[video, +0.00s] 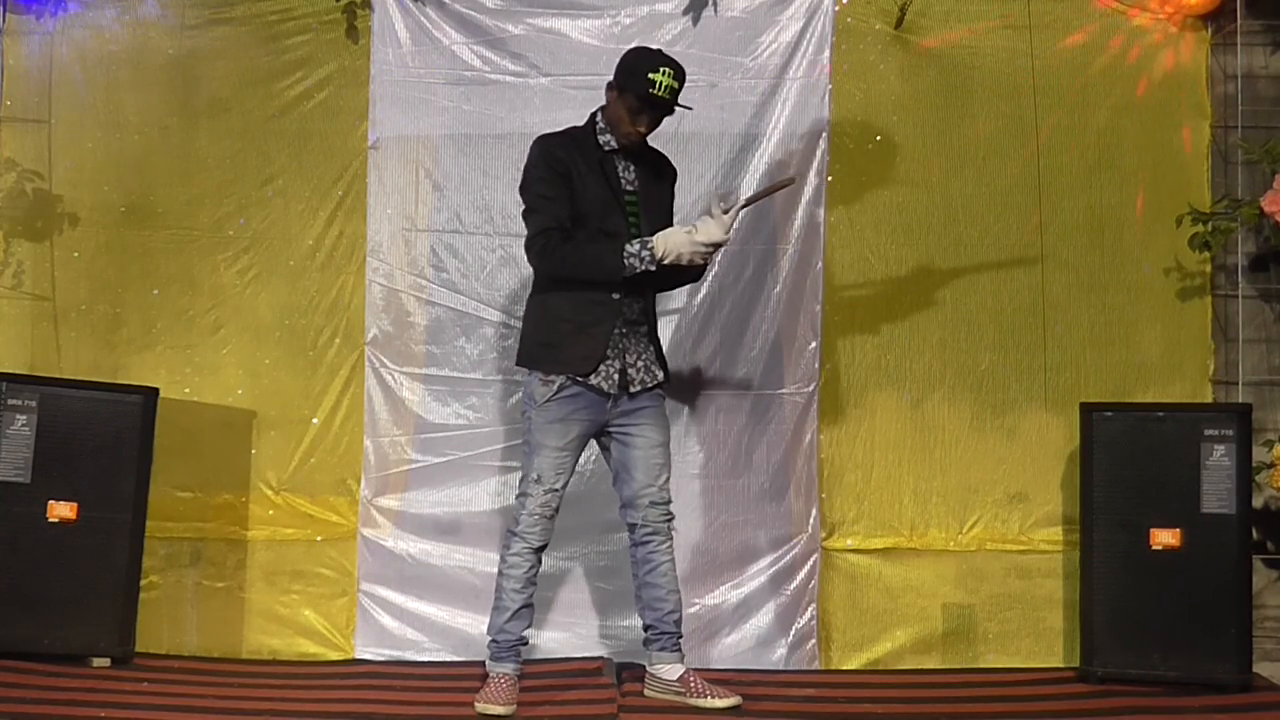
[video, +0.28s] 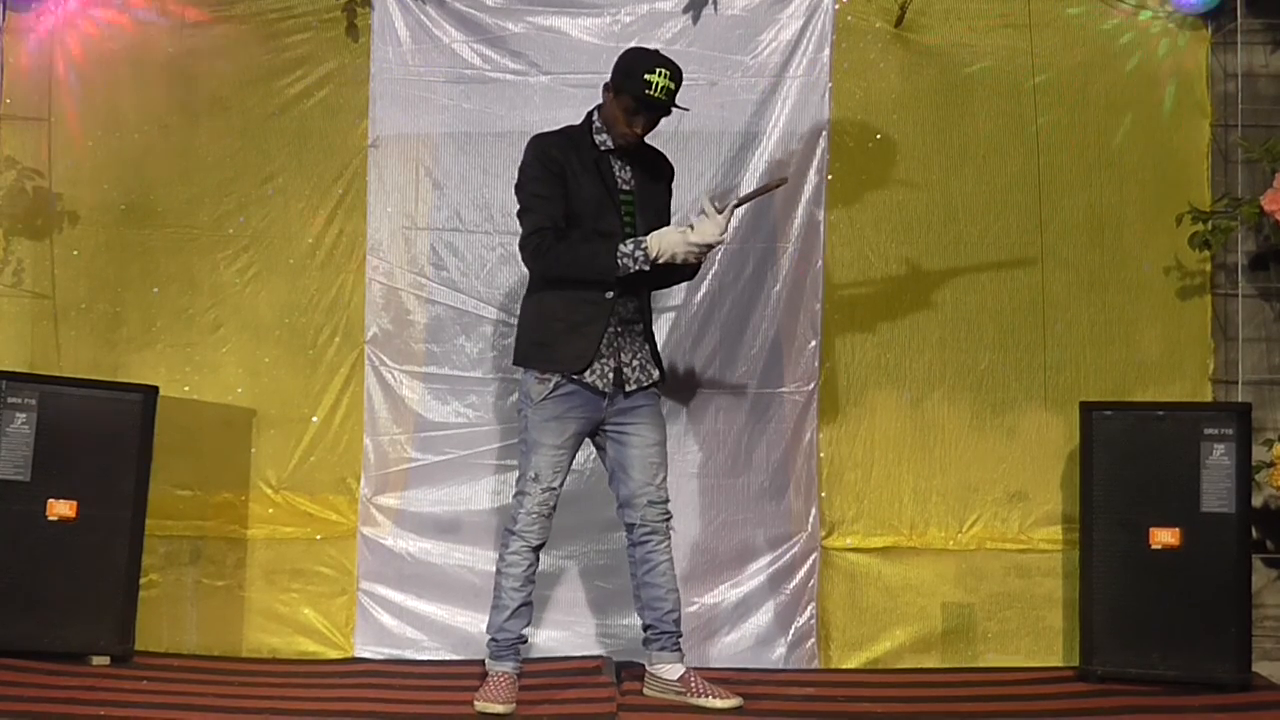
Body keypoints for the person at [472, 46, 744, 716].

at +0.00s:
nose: (647, 120)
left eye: (658, 112)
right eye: (640, 104)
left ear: (666, 112)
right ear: (613, 91)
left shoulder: (658, 171)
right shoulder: (554, 152)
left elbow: (645, 278)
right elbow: (549, 256)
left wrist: (696, 254)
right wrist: (650, 250)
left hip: (638, 374)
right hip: (563, 373)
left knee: (652, 516)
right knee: (534, 518)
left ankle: (665, 669)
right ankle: (502, 669)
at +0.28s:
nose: (643, 120)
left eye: (655, 112)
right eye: (637, 104)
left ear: (663, 112)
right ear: (610, 91)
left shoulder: (655, 169)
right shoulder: (550, 151)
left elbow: (640, 275)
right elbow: (542, 254)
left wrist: (690, 254)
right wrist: (642, 250)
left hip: (633, 373)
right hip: (558, 372)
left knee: (649, 516)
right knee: (531, 519)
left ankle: (665, 668)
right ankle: (502, 668)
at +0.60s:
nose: (651, 124)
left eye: (662, 115)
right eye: (645, 109)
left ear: (667, 115)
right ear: (615, 95)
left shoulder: (656, 172)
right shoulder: (553, 154)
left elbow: (641, 277)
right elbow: (545, 258)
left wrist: (693, 257)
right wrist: (647, 254)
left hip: (635, 375)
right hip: (561, 374)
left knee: (650, 519)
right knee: (532, 521)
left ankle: (666, 671)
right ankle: (503, 671)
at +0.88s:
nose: (653, 123)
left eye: (663, 113)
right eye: (646, 108)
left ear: (665, 115)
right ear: (615, 95)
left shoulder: (655, 173)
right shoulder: (553, 155)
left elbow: (641, 278)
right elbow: (547, 259)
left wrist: (692, 255)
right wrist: (647, 252)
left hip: (635, 376)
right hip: (559, 375)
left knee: (652, 519)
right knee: (533, 523)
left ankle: (667, 671)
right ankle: (503, 670)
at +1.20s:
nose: (660, 127)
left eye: (669, 119)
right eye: (655, 112)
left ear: (669, 119)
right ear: (623, 94)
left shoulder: (659, 177)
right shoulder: (558, 151)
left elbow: (643, 281)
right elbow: (555, 254)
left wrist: (689, 264)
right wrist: (653, 253)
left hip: (635, 373)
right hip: (561, 372)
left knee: (653, 520)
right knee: (532, 524)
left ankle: (667, 673)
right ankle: (502, 673)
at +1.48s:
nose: (661, 127)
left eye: (672, 120)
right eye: (657, 111)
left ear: (673, 120)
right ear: (627, 91)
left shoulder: (657, 174)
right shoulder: (553, 153)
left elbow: (644, 278)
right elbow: (545, 256)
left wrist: (700, 255)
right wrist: (645, 253)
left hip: (640, 377)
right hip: (566, 375)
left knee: (655, 519)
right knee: (533, 522)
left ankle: (667, 672)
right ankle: (503, 671)